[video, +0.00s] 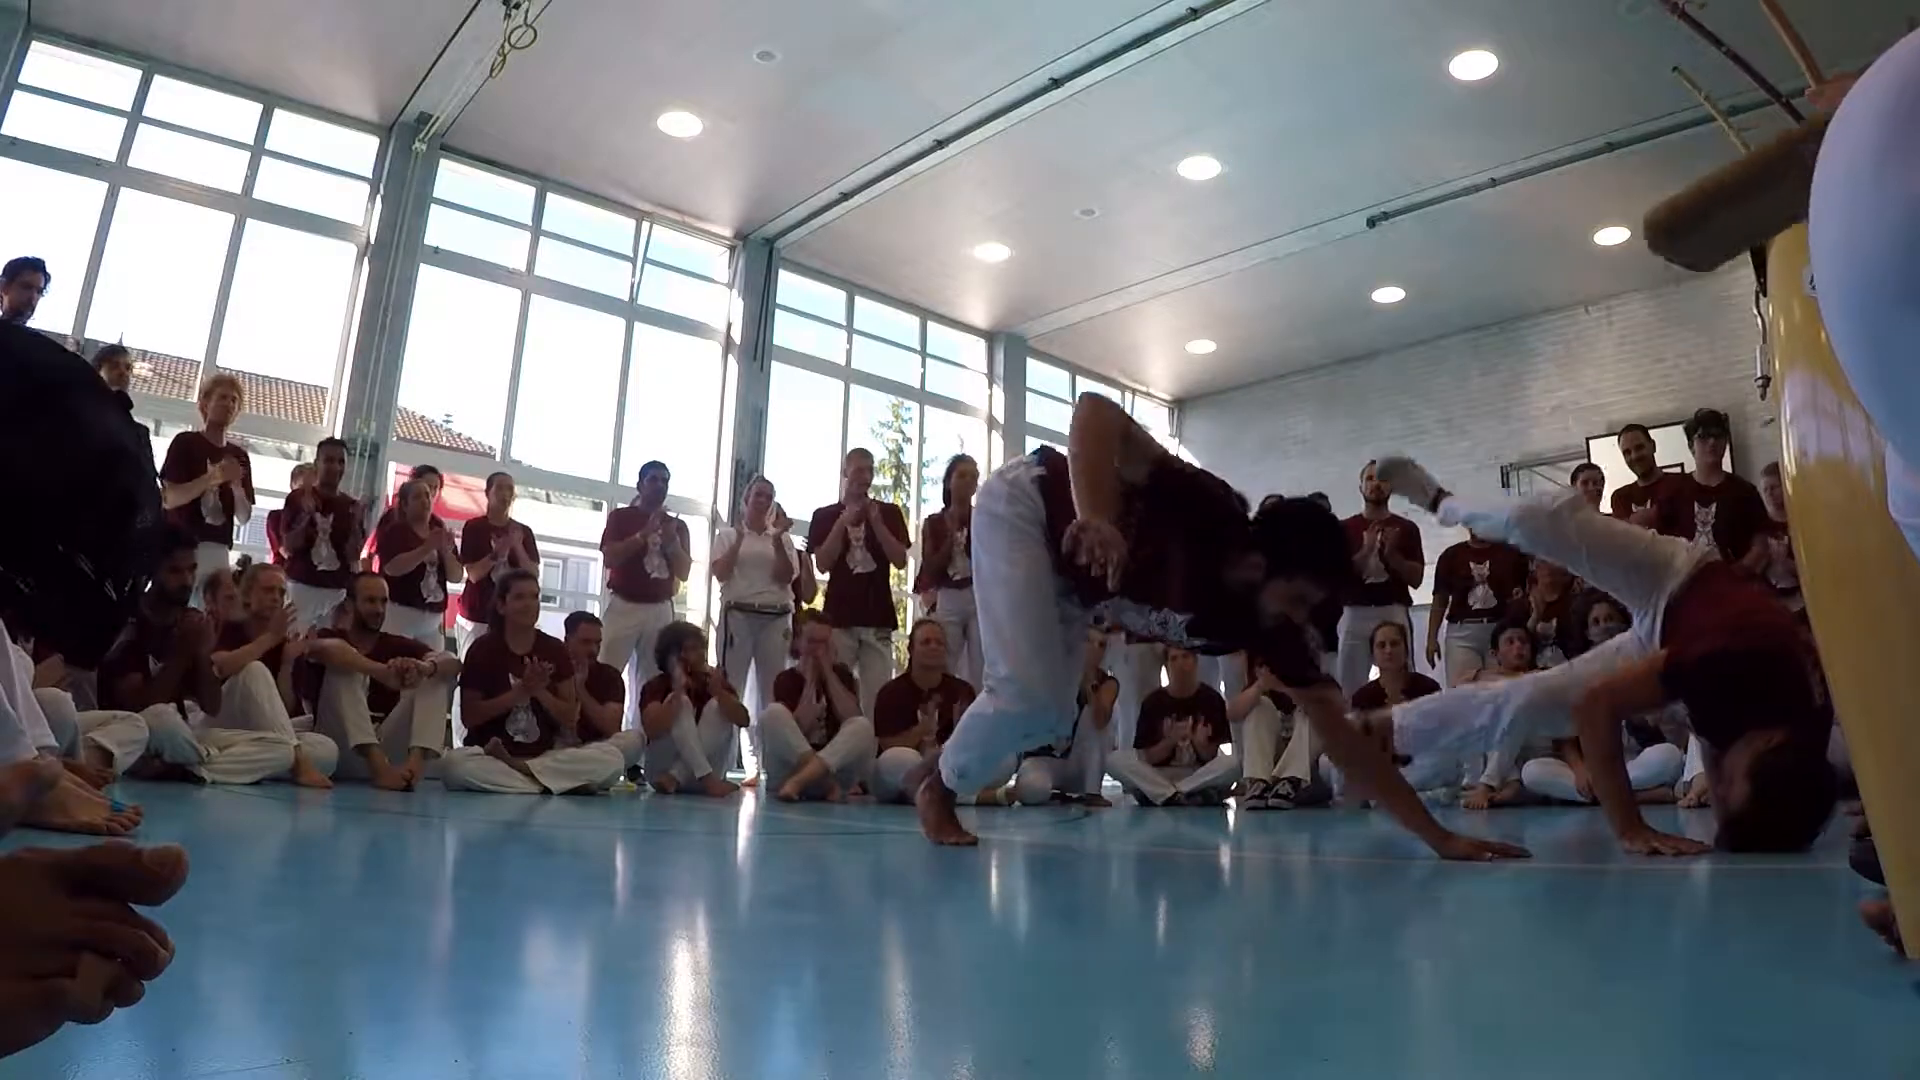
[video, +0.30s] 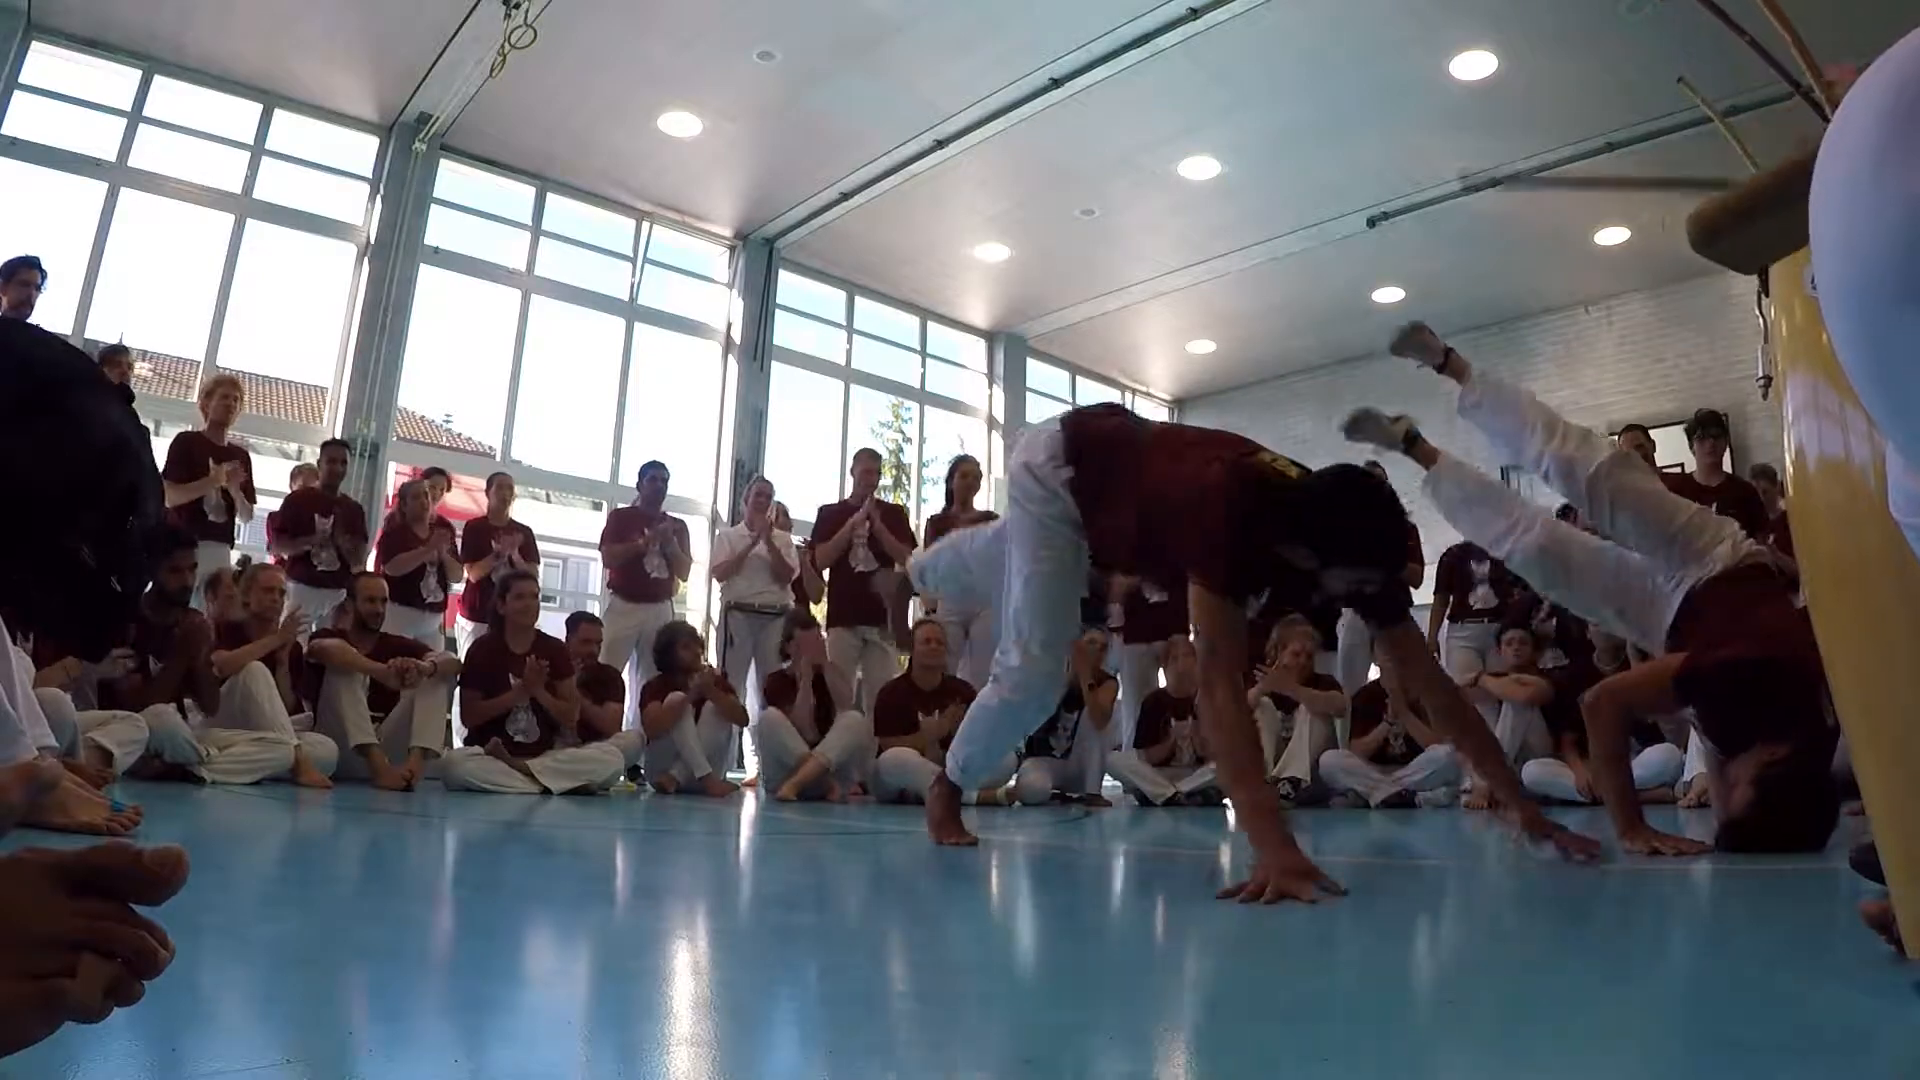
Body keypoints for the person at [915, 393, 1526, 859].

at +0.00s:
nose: (1306, 616)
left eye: (1316, 606)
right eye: (1304, 599)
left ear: (1293, 576)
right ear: (1271, 561)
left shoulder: (1270, 622)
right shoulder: (1207, 507)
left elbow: (1342, 732)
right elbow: (1095, 414)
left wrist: (1437, 837)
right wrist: (1096, 511)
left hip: (1072, 573)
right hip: (1028, 501)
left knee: (1051, 710)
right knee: (1030, 695)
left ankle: (953, 775)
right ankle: (939, 784)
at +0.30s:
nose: (1365, 600)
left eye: (1374, 589)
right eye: (1358, 586)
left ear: (1380, 552)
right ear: (1312, 551)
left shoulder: (1355, 542)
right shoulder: (1223, 509)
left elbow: (1426, 680)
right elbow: (1219, 691)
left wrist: (1512, 798)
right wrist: (1274, 850)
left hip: (1117, 485)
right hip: (1057, 468)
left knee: (1019, 560)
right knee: (1034, 675)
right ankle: (950, 784)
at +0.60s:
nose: (1534, 702)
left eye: (1545, 691)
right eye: (1539, 689)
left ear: (1536, 590)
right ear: (1512, 660)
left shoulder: (1476, 571)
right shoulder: (1379, 623)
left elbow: (1475, 712)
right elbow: (1230, 719)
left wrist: (1529, 840)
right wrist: (1267, 862)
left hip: (1243, 419)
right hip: (1174, 477)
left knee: (1168, 304)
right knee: (1097, 666)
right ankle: (978, 765)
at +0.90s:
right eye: (1665, 840)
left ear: (1624, 724)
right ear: (1608, 811)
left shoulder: (1568, 651)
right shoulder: (1442, 770)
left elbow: (1512, 739)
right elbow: (1278, 705)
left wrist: (1535, 840)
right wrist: (1276, 860)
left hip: (1348, 481)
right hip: (1252, 535)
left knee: (1316, 268)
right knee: (1184, 682)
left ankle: (1263, 39)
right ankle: (1068, 575)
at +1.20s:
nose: (1557, 876)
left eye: (1574, 874)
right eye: (1572, 872)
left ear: (1630, 788)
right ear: (1564, 851)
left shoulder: (1598, 691)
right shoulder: (1416, 796)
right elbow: (1271, 706)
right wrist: (1273, 857)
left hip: (1418, 499)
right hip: (1307, 541)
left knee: (1341, 254)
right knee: (1244, 385)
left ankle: (1260, 60)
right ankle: (1176, 232)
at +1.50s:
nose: (1550, 876)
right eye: (1570, 875)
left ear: (1651, 796)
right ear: (1564, 854)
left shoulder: (1614, 694)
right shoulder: (1425, 794)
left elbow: (1690, 682)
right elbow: (1282, 699)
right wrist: (1277, 858)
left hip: (1453, 494)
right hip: (1328, 527)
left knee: (1375, 263)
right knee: (1307, 312)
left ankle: (1333, 132)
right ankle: (1290, 144)